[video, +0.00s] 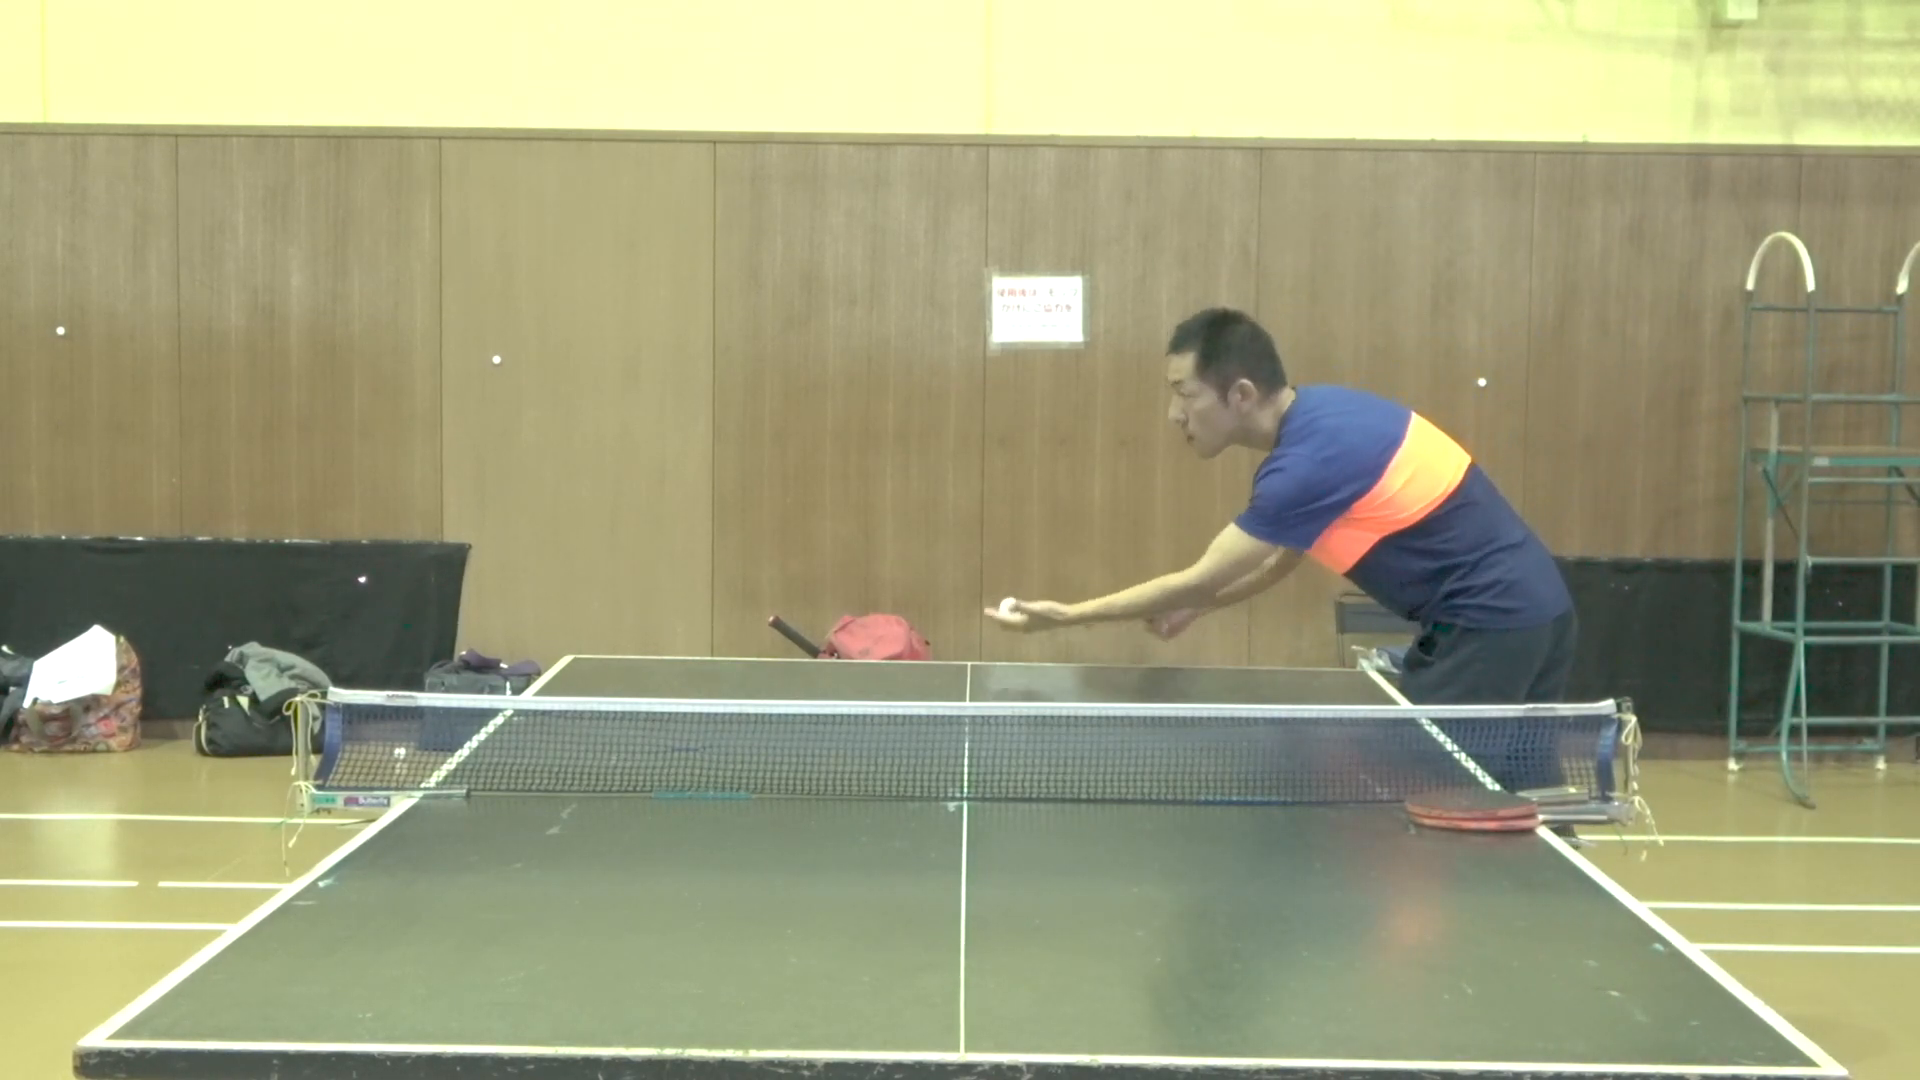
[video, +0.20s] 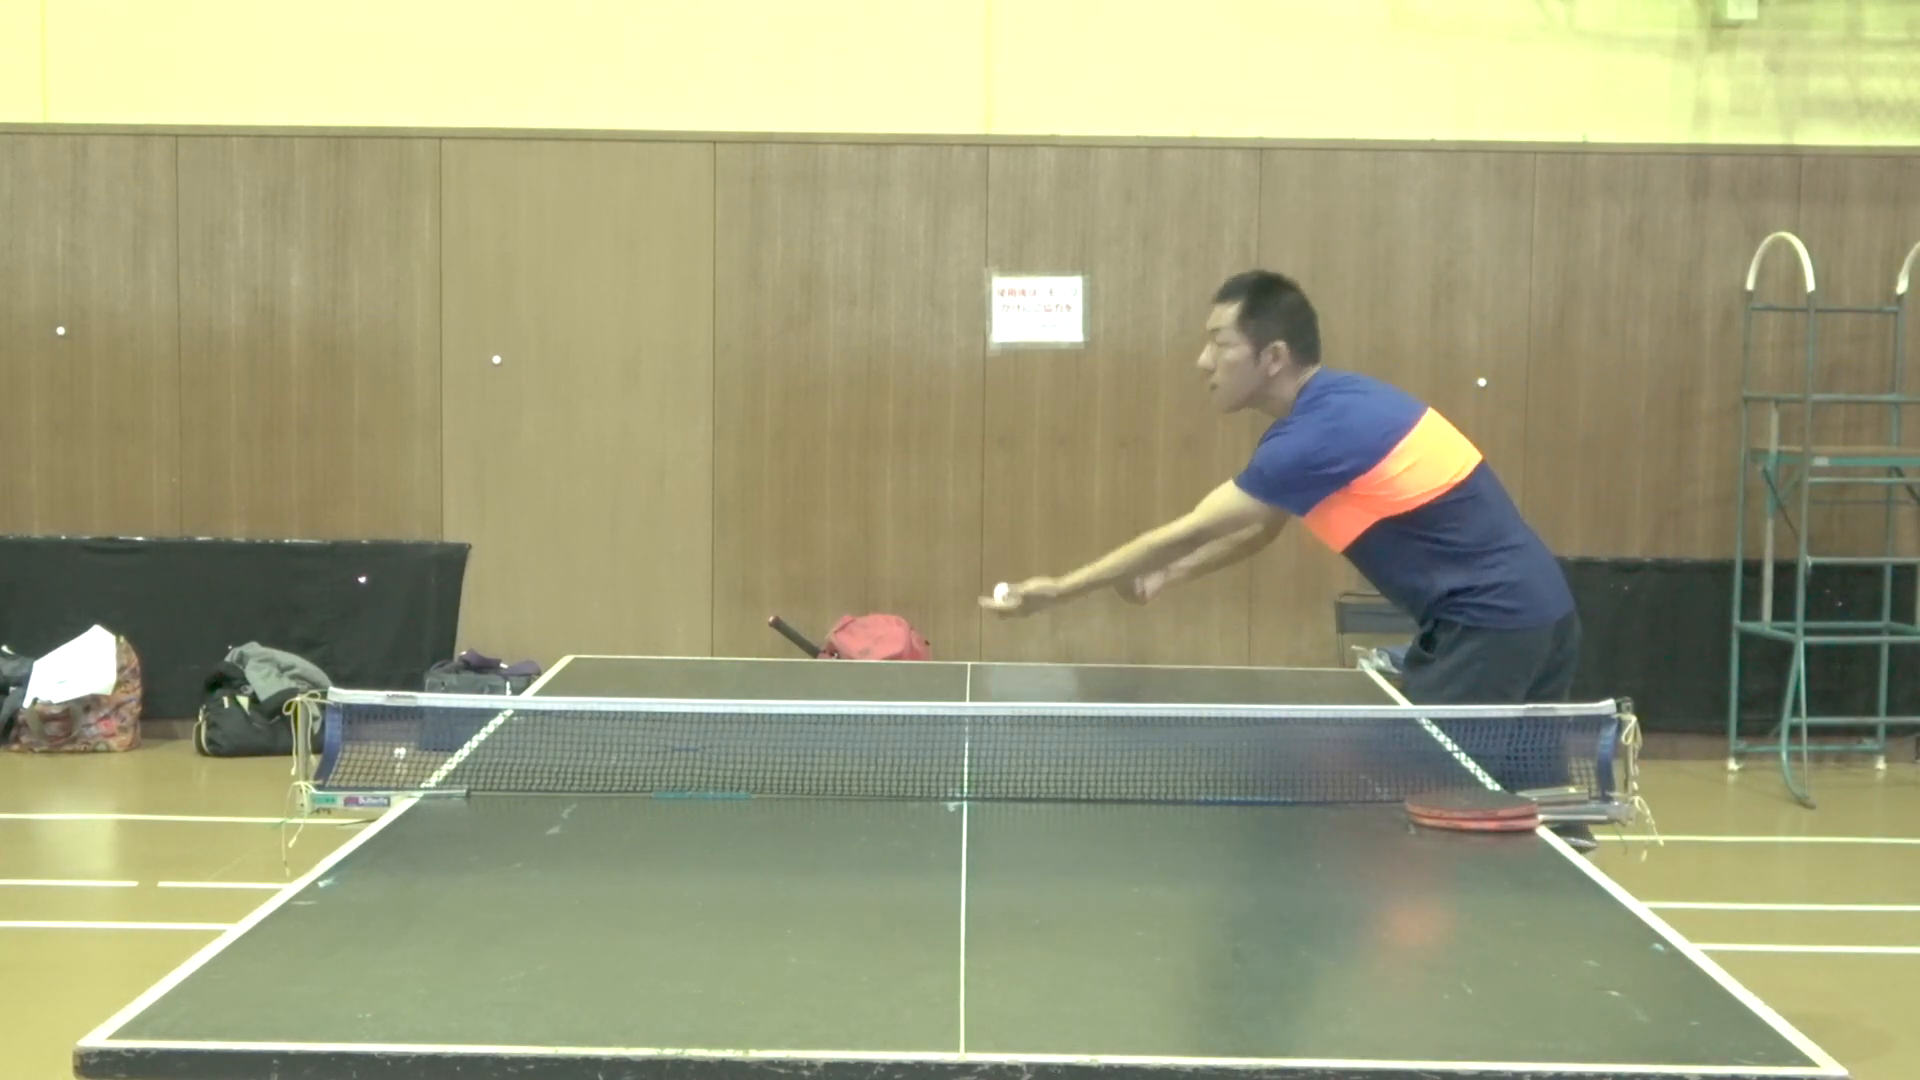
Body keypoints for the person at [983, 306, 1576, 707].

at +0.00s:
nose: (1174, 413)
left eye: (1185, 394)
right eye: (1173, 395)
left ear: (1242, 393)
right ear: (1247, 391)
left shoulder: (1313, 456)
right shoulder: (1327, 414)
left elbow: (1203, 579)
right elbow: (1276, 560)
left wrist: (1070, 614)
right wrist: (1199, 604)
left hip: (1499, 625)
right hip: (1517, 609)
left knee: (1392, 780)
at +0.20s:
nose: (1203, 360)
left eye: (1218, 344)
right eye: (1206, 342)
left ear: (1276, 356)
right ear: (1280, 358)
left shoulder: (1312, 433)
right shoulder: (1346, 402)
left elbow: (1193, 532)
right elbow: (1262, 527)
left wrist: (1061, 587)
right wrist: (1172, 572)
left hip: (1494, 624)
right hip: (1532, 614)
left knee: (1385, 780)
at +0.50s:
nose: (1319, 280)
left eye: (1341, 266)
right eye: (1328, 264)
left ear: (1390, 289)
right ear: (1392, 293)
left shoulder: (1393, 351)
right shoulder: (1423, 360)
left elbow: (1237, 324)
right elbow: (1288, 403)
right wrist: (1200, 329)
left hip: (1508, 628)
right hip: (1549, 626)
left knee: (1408, 802)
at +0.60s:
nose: (1358, 268)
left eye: (1381, 253)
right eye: (1368, 252)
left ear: (1429, 280)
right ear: (1436, 288)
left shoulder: (1432, 338)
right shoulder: (1475, 360)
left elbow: (1275, 314)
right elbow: (1332, 411)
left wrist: (1166, 251)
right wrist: (1256, 329)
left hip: (1514, 634)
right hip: (1567, 636)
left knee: (1411, 812)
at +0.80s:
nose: (1398, 262)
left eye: (1419, 252)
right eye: (1409, 248)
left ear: (1463, 280)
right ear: (1467, 284)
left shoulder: (1454, 346)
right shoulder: (1522, 360)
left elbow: (1344, 367)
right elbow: (1520, 492)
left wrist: (1207, 355)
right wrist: (1409, 494)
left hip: (1533, 625)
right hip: (1591, 626)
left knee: (1435, 794)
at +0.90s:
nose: (1384, 272)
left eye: (1405, 261)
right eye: (1395, 258)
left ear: (1449, 285)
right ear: (1453, 289)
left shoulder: (1452, 349)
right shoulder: (1524, 369)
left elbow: (1397, 389)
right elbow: (1580, 442)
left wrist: (1264, 425)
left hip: (1530, 626)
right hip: (1588, 628)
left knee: (1429, 798)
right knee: (1540, 809)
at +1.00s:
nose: (1353, 303)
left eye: (1371, 286)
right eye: (1360, 286)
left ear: (1419, 300)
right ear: (1428, 300)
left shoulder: (1435, 355)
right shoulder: (1525, 361)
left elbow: (1442, 398)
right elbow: (1595, 349)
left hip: (1531, 626)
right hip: (1589, 628)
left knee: (1430, 795)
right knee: (1537, 809)